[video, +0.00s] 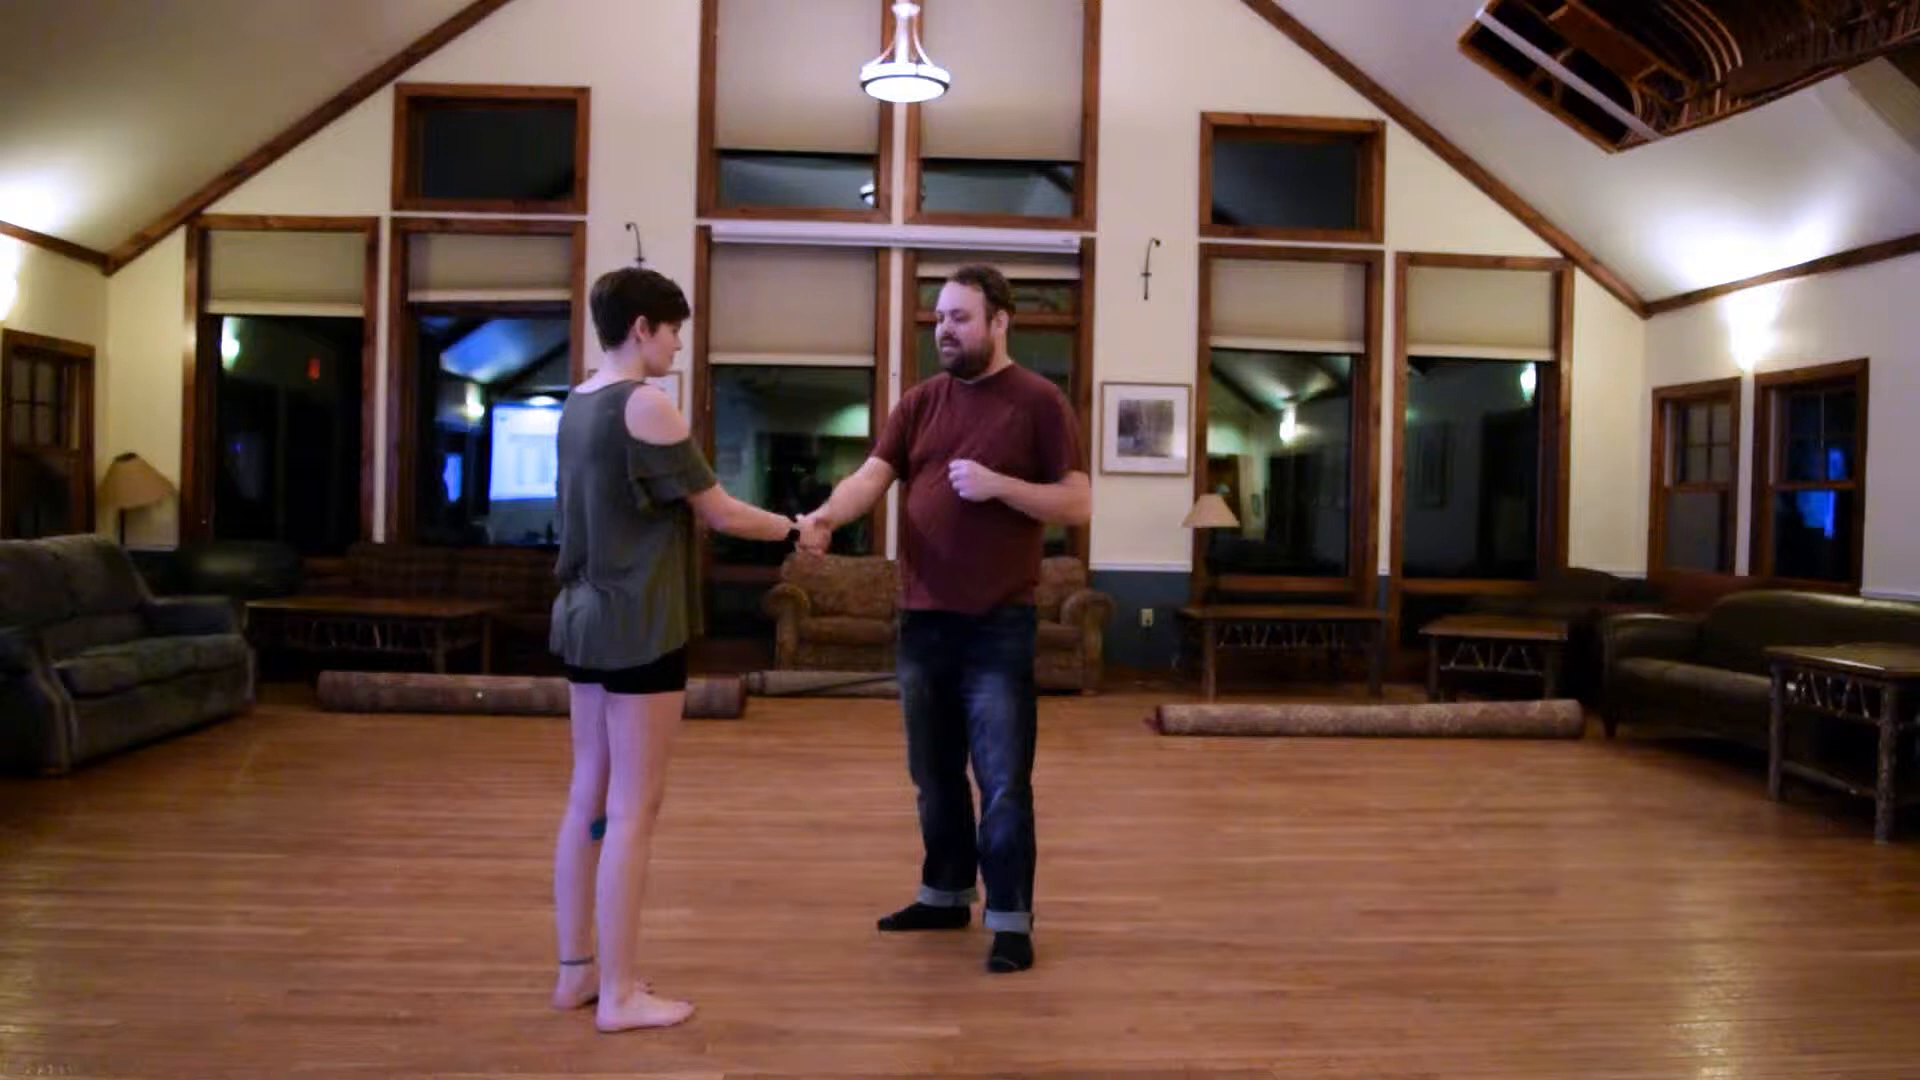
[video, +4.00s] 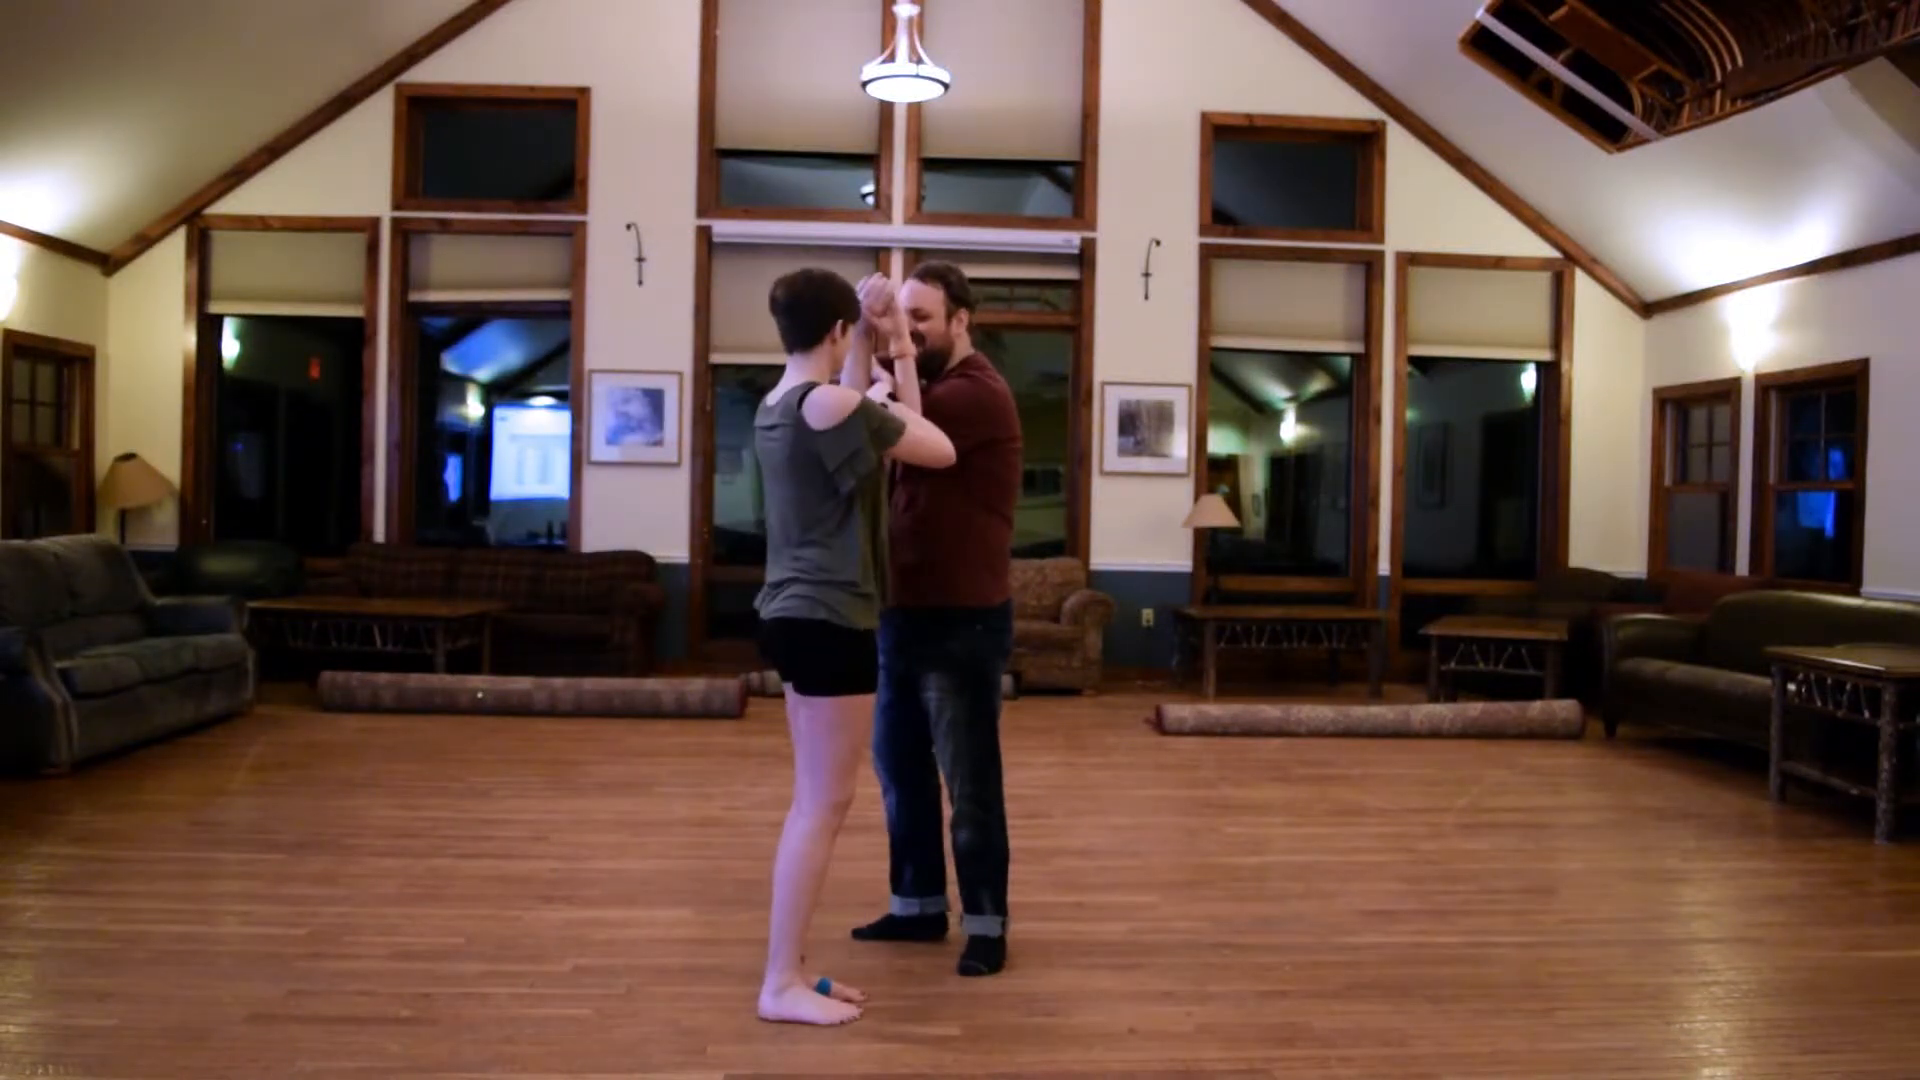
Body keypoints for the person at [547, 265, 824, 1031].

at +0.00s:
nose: (676, 347)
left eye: (677, 335)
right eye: (672, 335)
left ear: (615, 331)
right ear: (643, 331)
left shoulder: (580, 402)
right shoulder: (649, 403)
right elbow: (716, 510)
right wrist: (792, 527)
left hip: (584, 621)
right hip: (642, 630)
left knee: (586, 801)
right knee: (632, 811)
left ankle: (576, 970)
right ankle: (620, 993)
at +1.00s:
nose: (682, 345)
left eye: (682, 333)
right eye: (679, 332)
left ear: (620, 332)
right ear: (652, 330)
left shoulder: (594, 403)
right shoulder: (646, 401)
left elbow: (699, 482)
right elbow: (750, 466)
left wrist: (797, 472)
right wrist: (845, 485)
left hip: (608, 628)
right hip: (644, 633)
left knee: (662, 790)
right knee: (649, 808)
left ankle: (606, 957)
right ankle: (617, 997)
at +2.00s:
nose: (726, 350)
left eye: (738, 339)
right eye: (717, 341)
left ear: (767, 345)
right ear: (708, 351)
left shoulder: (795, 417)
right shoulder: (698, 404)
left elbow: (795, 477)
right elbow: (639, 317)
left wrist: (796, 388)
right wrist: (696, 250)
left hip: (772, 611)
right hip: (699, 603)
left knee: (751, 782)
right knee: (717, 777)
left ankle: (796, 897)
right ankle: (748, 929)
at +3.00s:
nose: (800, 317)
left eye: (811, 305)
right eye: (804, 306)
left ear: (837, 317)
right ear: (844, 324)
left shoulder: (833, 383)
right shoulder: (803, 392)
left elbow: (792, 261)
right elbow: (730, 334)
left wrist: (800, 242)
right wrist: (781, 267)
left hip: (817, 595)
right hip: (809, 593)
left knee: (784, 783)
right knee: (810, 777)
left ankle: (852, 945)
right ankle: (827, 937)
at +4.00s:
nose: (862, 336)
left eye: (862, 323)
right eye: (858, 326)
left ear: (789, 334)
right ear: (841, 333)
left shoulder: (777, 404)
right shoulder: (832, 405)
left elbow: (859, 429)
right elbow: (938, 448)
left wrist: (879, 351)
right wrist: (903, 367)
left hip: (795, 612)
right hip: (828, 619)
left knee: (817, 803)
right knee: (823, 806)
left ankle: (787, 975)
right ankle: (782, 985)